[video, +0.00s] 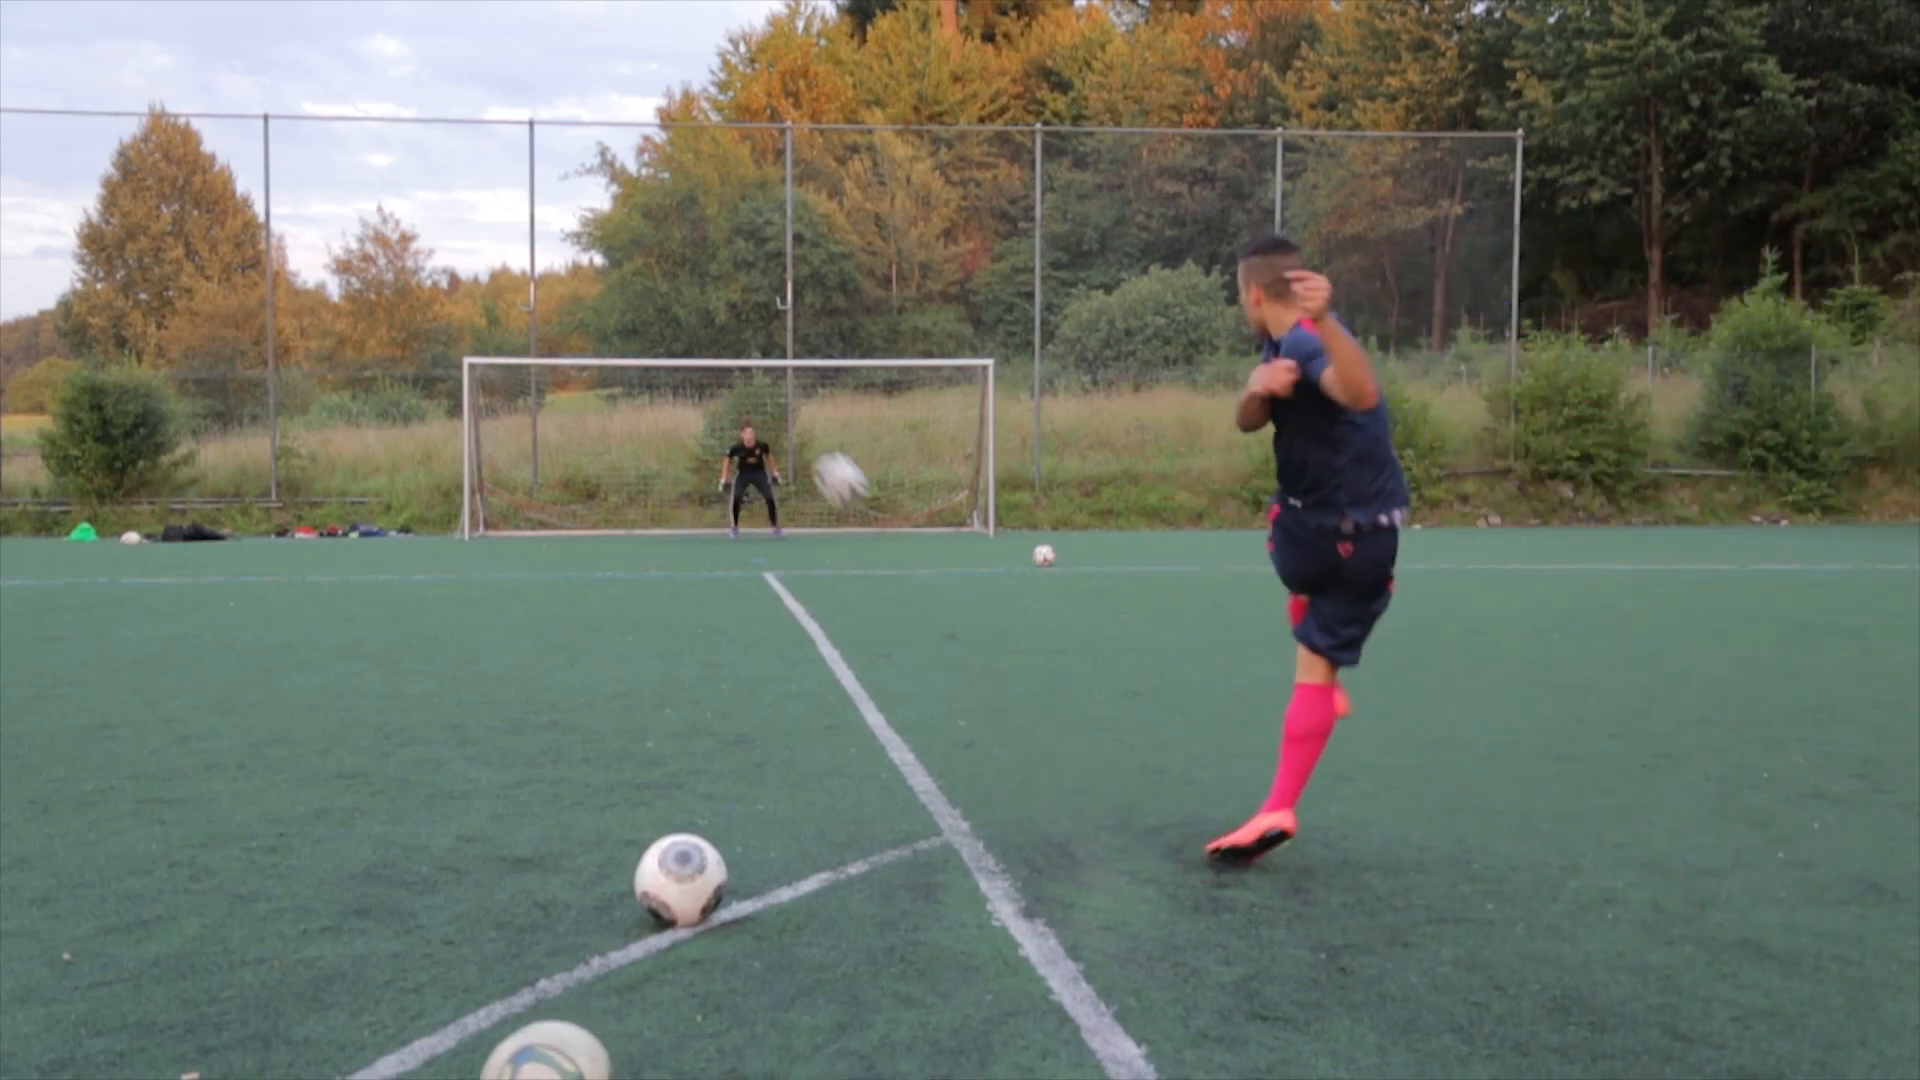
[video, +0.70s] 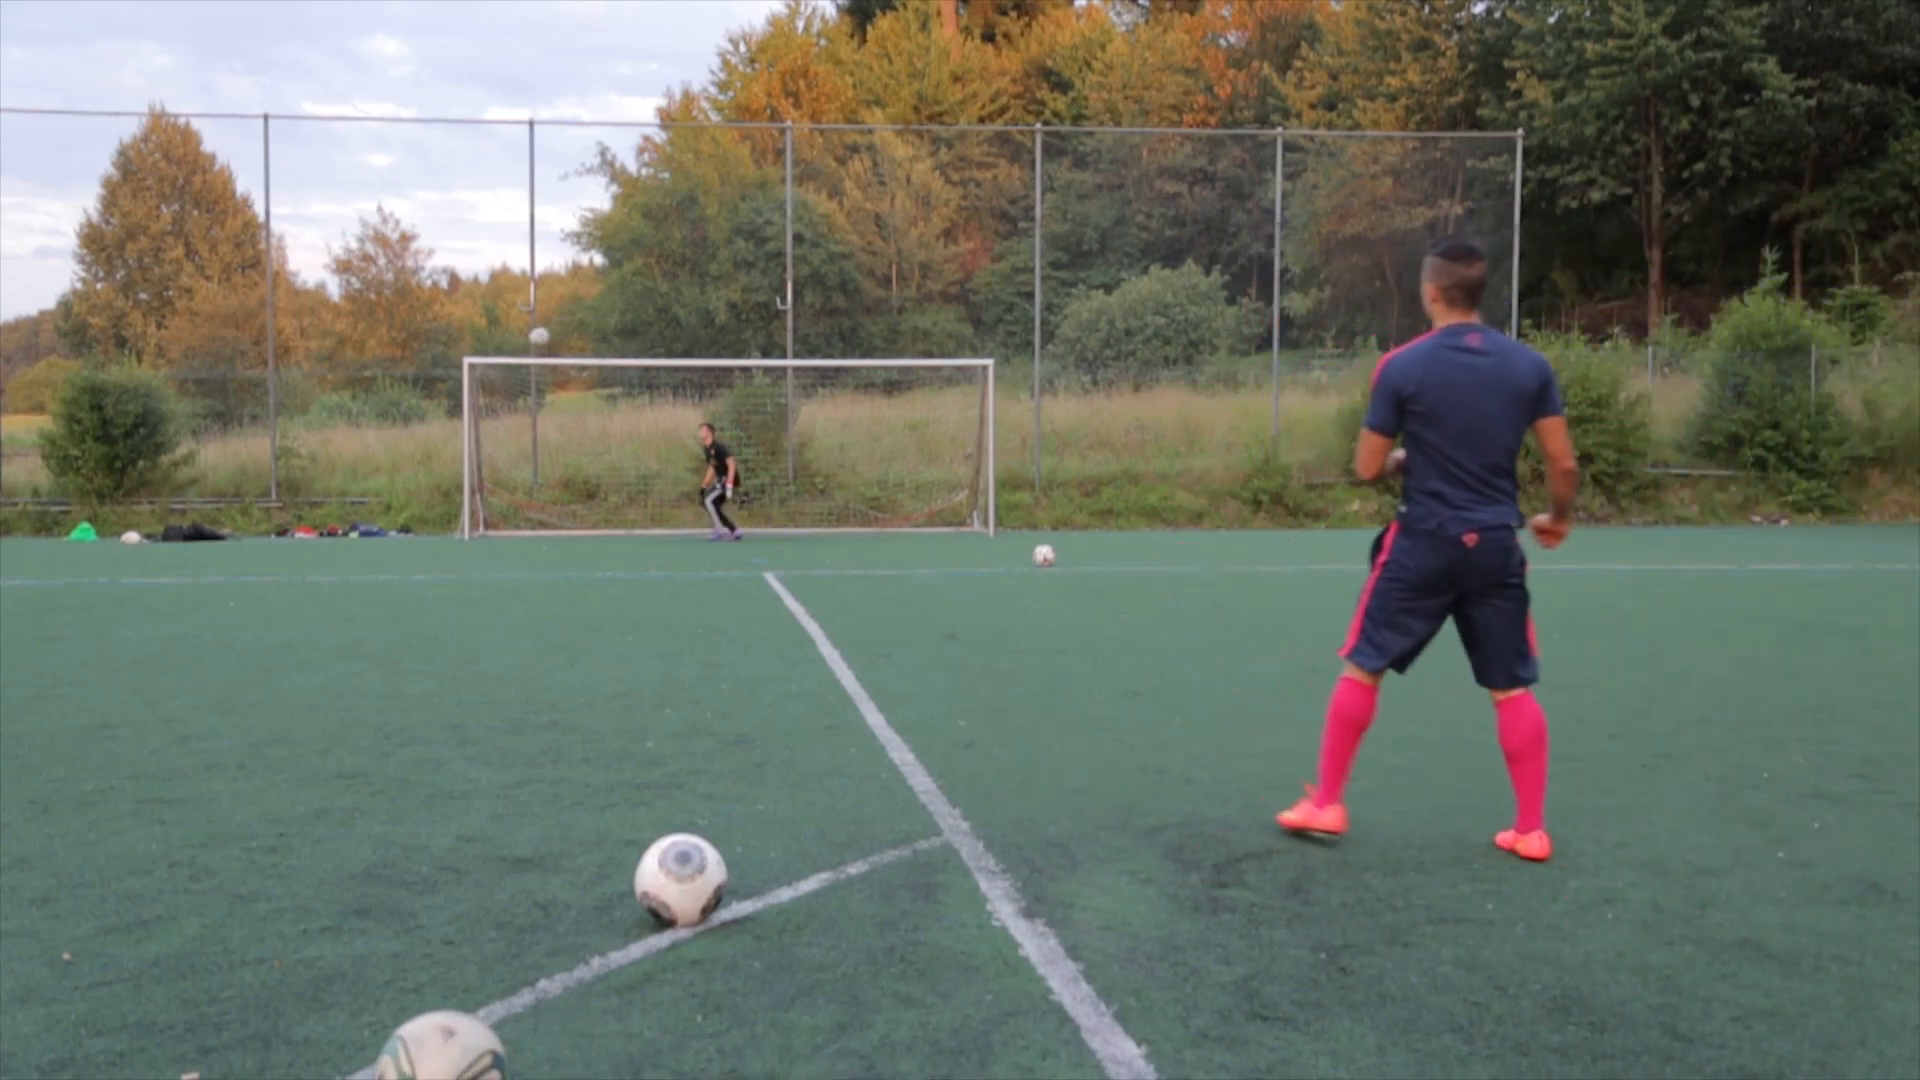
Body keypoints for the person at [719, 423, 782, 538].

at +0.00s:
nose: (749, 437)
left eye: (751, 434)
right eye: (747, 434)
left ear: (754, 436)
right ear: (742, 435)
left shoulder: (762, 447)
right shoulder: (736, 449)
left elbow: (770, 459)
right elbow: (727, 461)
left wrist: (775, 472)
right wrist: (724, 478)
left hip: (759, 476)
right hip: (743, 476)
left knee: (770, 499)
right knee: (736, 499)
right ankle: (734, 527)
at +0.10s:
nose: (755, 447)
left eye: (757, 444)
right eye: (753, 444)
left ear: (760, 444)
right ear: (748, 445)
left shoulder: (768, 454)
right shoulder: (742, 457)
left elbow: (775, 468)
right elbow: (733, 468)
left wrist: (783, 482)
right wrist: (729, 484)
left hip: (765, 483)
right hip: (749, 484)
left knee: (779, 504)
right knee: (743, 505)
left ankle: (795, 530)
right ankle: (746, 532)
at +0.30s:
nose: (747, 461)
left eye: (749, 458)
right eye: (744, 458)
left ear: (753, 456)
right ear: (741, 458)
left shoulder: (763, 465)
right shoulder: (739, 468)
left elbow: (774, 479)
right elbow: (735, 483)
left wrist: (782, 496)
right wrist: (731, 499)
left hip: (762, 492)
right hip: (746, 493)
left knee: (778, 510)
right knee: (733, 508)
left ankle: (794, 533)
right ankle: (737, 534)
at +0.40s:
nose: (732, 455)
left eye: (734, 452)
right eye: (730, 453)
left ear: (739, 451)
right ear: (727, 453)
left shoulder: (749, 461)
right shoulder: (727, 465)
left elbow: (761, 476)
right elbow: (725, 482)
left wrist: (768, 492)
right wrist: (722, 498)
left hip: (753, 491)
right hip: (738, 491)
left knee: (766, 513)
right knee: (726, 507)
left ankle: (788, 531)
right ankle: (736, 534)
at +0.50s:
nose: (719, 446)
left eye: (721, 443)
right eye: (717, 444)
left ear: (727, 443)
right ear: (715, 446)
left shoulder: (736, 456)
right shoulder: (718, 460)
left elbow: (750, 470)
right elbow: (717, 478)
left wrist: (753, 488)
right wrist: (713, 495)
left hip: (744, 485)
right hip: (732, 486)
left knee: (748, 510)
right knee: (720, 507)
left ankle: (772, 530)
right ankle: (735, 533)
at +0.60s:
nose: (708, 440)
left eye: (711, 436)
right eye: (707, 437)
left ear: (718, 438)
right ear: (707, 440)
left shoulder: (728, 452)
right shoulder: (712, 455)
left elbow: (741, 468)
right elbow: (713, 473)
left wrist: (740, 487)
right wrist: (707, 489)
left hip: (736, 483)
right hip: (726, 483)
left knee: (728, 506)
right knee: (717, 507)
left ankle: (747, 529)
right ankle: (734, 531)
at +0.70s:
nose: (701, 434)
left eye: (703, 431)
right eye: (701, 431)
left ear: (710, 433)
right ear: (702, 433)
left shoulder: (719, 447)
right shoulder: (708, 449)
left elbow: (731, 464)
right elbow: (712, 467)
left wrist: (729, 484)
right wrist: (704, 485)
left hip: (727, 480)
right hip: (720, 480)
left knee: (709, 500)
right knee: (711, 503)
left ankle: (720, 530)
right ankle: (734, 530)